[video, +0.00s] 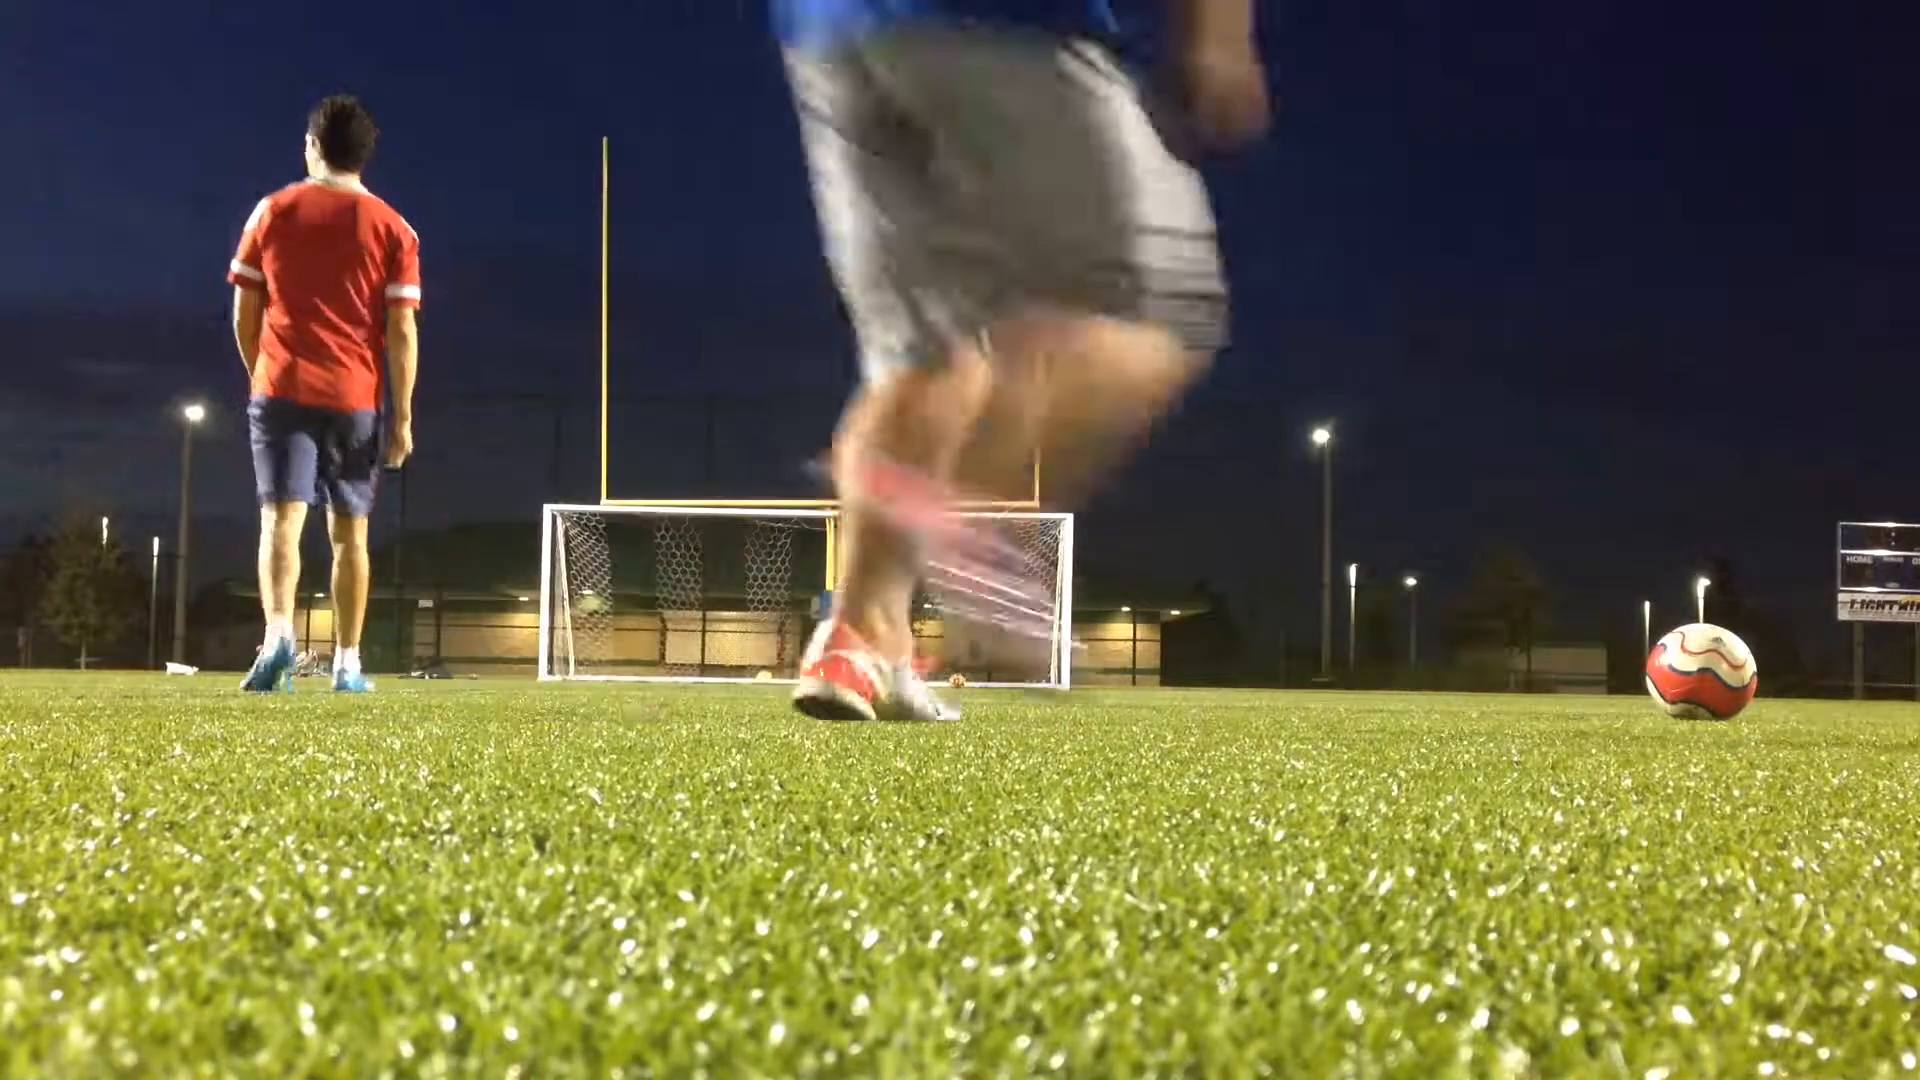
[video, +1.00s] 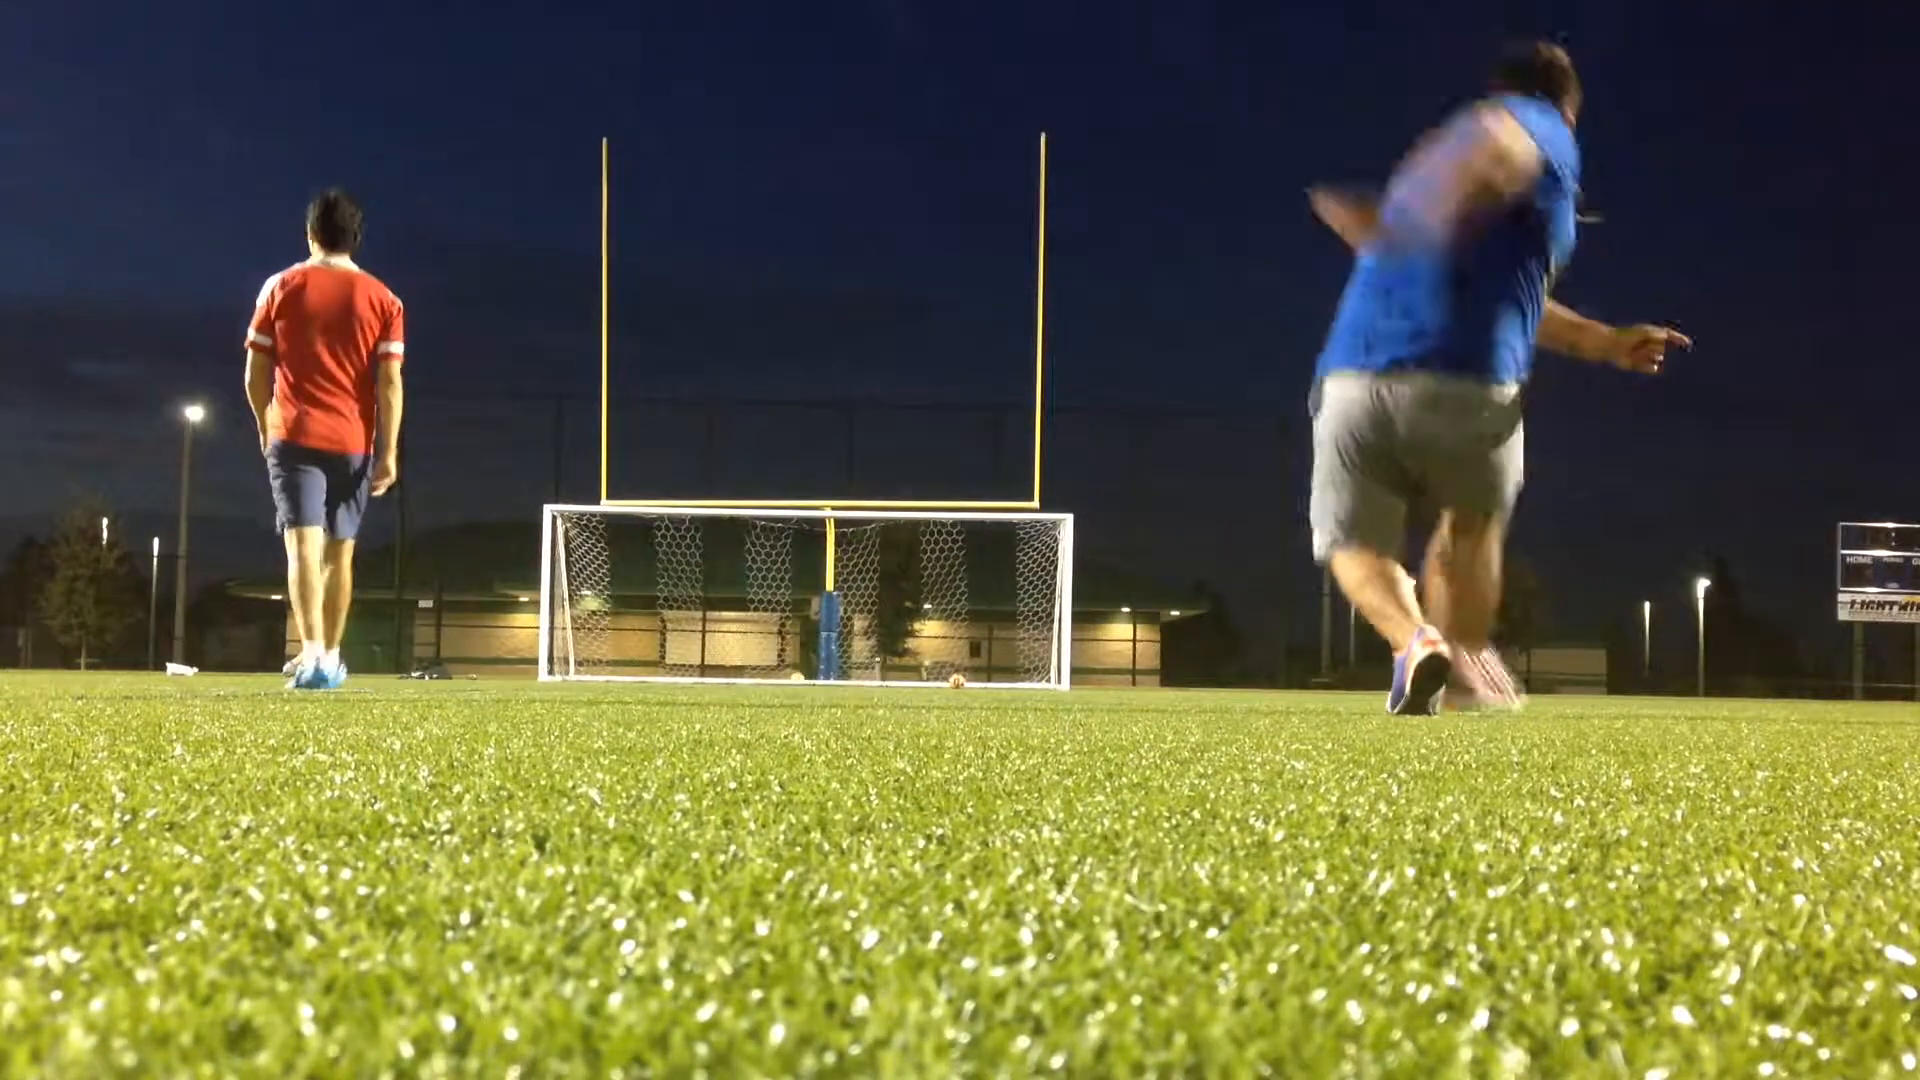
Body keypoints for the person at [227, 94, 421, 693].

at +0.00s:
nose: (305, 150)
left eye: (307, 142)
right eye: (311, 142)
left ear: (313, 148)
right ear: (367, 153)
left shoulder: (274, 210)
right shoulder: (393, 228)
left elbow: (245, 312)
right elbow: (401, 331)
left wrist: (262, 375)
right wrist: (402, 416)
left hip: (279, 387)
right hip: (354, 396)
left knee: (280, 519)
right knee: (349, 534)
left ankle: (278, 638)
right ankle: (347, 664)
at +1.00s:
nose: (308, 236)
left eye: (308, 230)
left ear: (309, 234)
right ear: (356, 237)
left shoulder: (281, 286)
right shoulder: (383, 298)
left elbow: (255, 372)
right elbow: (390, 382)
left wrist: (266, 426)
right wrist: (388, 452)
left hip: (293, 431)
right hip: (351, 438)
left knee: (304, 545)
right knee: (339, 555)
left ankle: (311, 654)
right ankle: (330, 658)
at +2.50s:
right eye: (331, 318)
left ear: (296, 322)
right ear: (334, 323)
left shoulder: (276, 365)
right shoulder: (358, 369)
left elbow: (258, 430)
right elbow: (371, 438)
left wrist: (246, 487)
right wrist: (365, 478)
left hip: (285, 482)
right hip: (336, 482)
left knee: (280, 572)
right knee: (324, 576)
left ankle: (272, 659)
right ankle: (315, 662)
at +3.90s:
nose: (351, 384)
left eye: (352, 379)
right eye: (354, 379)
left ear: (355, 382)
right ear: (384, 382)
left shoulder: (337, 419)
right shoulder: (403, 421)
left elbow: (323, 476)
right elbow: (411, 476)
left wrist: (319, 521)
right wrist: (412, 519)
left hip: (341, 516)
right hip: (383, 517)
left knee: (347, 591)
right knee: (386, 589)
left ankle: (347, 666)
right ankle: (365, 638)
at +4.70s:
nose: (418, 421)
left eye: (417, 417)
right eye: (424, 417)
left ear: (418, 419)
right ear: (444, 419)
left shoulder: (404, 453)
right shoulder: (461, 454)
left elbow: (389, 500)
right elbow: (471, 501)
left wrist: (380, 542)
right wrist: (470, 528)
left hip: (409, 538)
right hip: (443, 538)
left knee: (418, 604)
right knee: (433, 602)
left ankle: (424, 666)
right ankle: (416, 660)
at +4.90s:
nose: (448, 422)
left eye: (436, 417)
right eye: (452, 418)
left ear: (428, 419)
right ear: (455, 420)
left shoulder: (412, 452)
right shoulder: (468, 452)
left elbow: (402, 502)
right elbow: (478, 501)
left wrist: (400, 543)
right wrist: (481, 538)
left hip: (418, 538)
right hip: (454, 538)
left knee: (424, 602)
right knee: (458, 600)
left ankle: (424, 669)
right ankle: (440, 643)